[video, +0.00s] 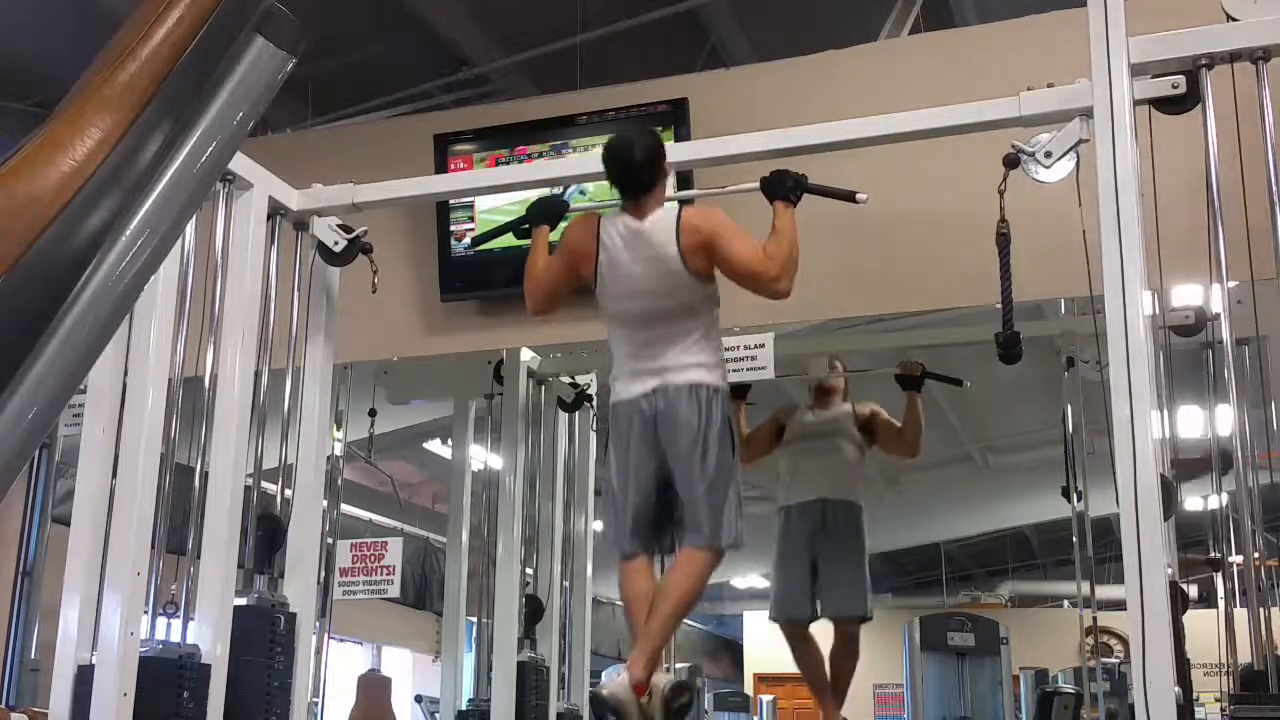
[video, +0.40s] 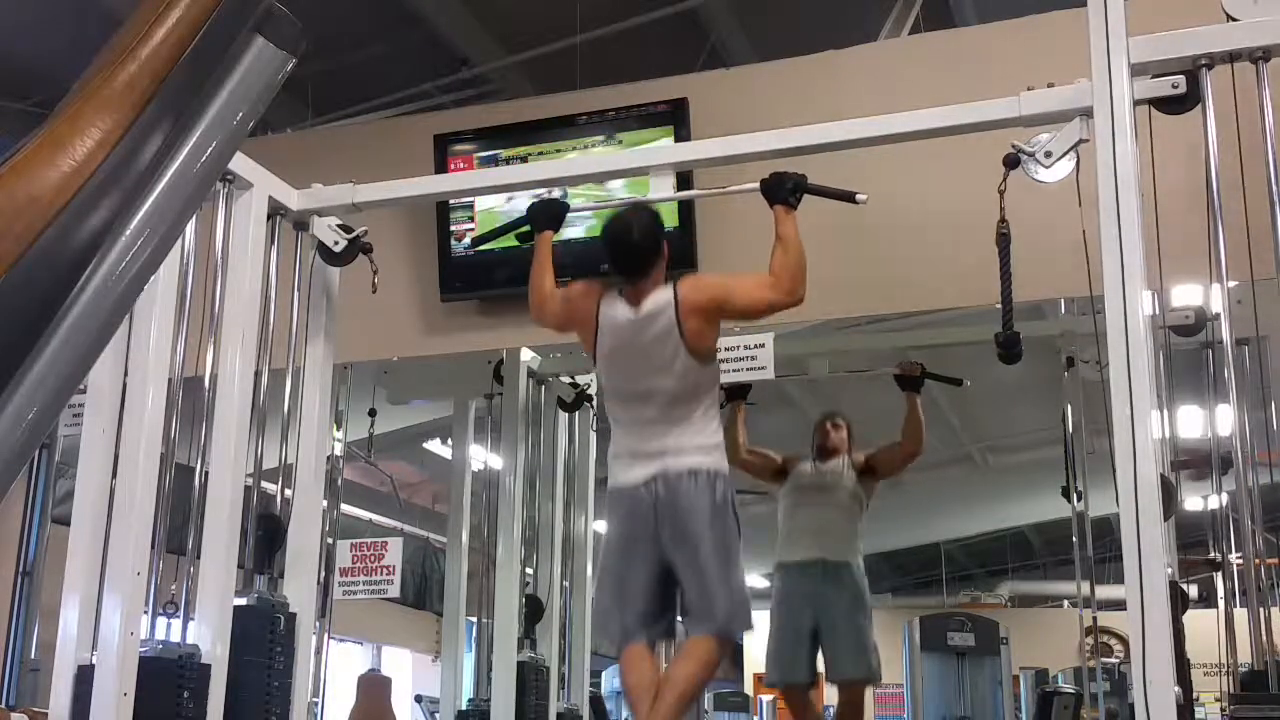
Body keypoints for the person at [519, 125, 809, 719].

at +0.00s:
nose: (665, 159)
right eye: (663, 153)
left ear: (610, 181)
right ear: (663, 169)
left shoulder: (587, 233)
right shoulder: (700, 222)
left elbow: (538, 298)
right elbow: (777, 278)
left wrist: (539, 230)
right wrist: (785, 206)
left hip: (630, 404)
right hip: (695, 398)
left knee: (633, 541)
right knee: (703, 537)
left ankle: (654, 676)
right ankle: (635, 674)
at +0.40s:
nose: (667, 243)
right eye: (665, 237)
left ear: (611, 259)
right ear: (665, 250)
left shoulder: (590, 305)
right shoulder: (698, 295)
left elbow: (543, 303)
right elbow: (785, 289)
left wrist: (543, 235)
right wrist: (785, 209)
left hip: (630, 487)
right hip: (697, 481)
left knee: (632, 632)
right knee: (713, 629)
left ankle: (650, 719)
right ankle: (654, 716)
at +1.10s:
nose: (664, 176)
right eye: (664, 170)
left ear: (609, 193)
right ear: (663, 183)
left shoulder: (585, 242)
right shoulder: (698, 233)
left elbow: (537, 303)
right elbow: (780, 280)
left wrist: (541, 232)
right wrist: (785, 207)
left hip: (630, 413)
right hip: (694, 408)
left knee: (629, 553)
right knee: (702, 546)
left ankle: (645, 687)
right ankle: (632, 678)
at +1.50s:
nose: (668, 230)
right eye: (665, 225)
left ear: (610, 239)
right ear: (665, 234)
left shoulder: (589, 287)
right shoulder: (698, 278)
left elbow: (541, 306)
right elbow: (787, 288)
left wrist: (544, 235)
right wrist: (786, 210)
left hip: (629, 473)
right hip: (695, 467)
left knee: (638, 613)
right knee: (714, 606)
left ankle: (656, 718)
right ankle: (656, 714)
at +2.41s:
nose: (669, 165)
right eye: (667, 159)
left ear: (614, 180)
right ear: (667, 171)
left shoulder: (590, 234)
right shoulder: (698, 226)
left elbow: (542, 304)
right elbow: (777, 278)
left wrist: (542, 234)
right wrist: (785, 206)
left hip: (635, 396)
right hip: (697, 389)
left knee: (641, 540)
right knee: (702, 534)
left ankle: (656, 667)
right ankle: (633, 662)